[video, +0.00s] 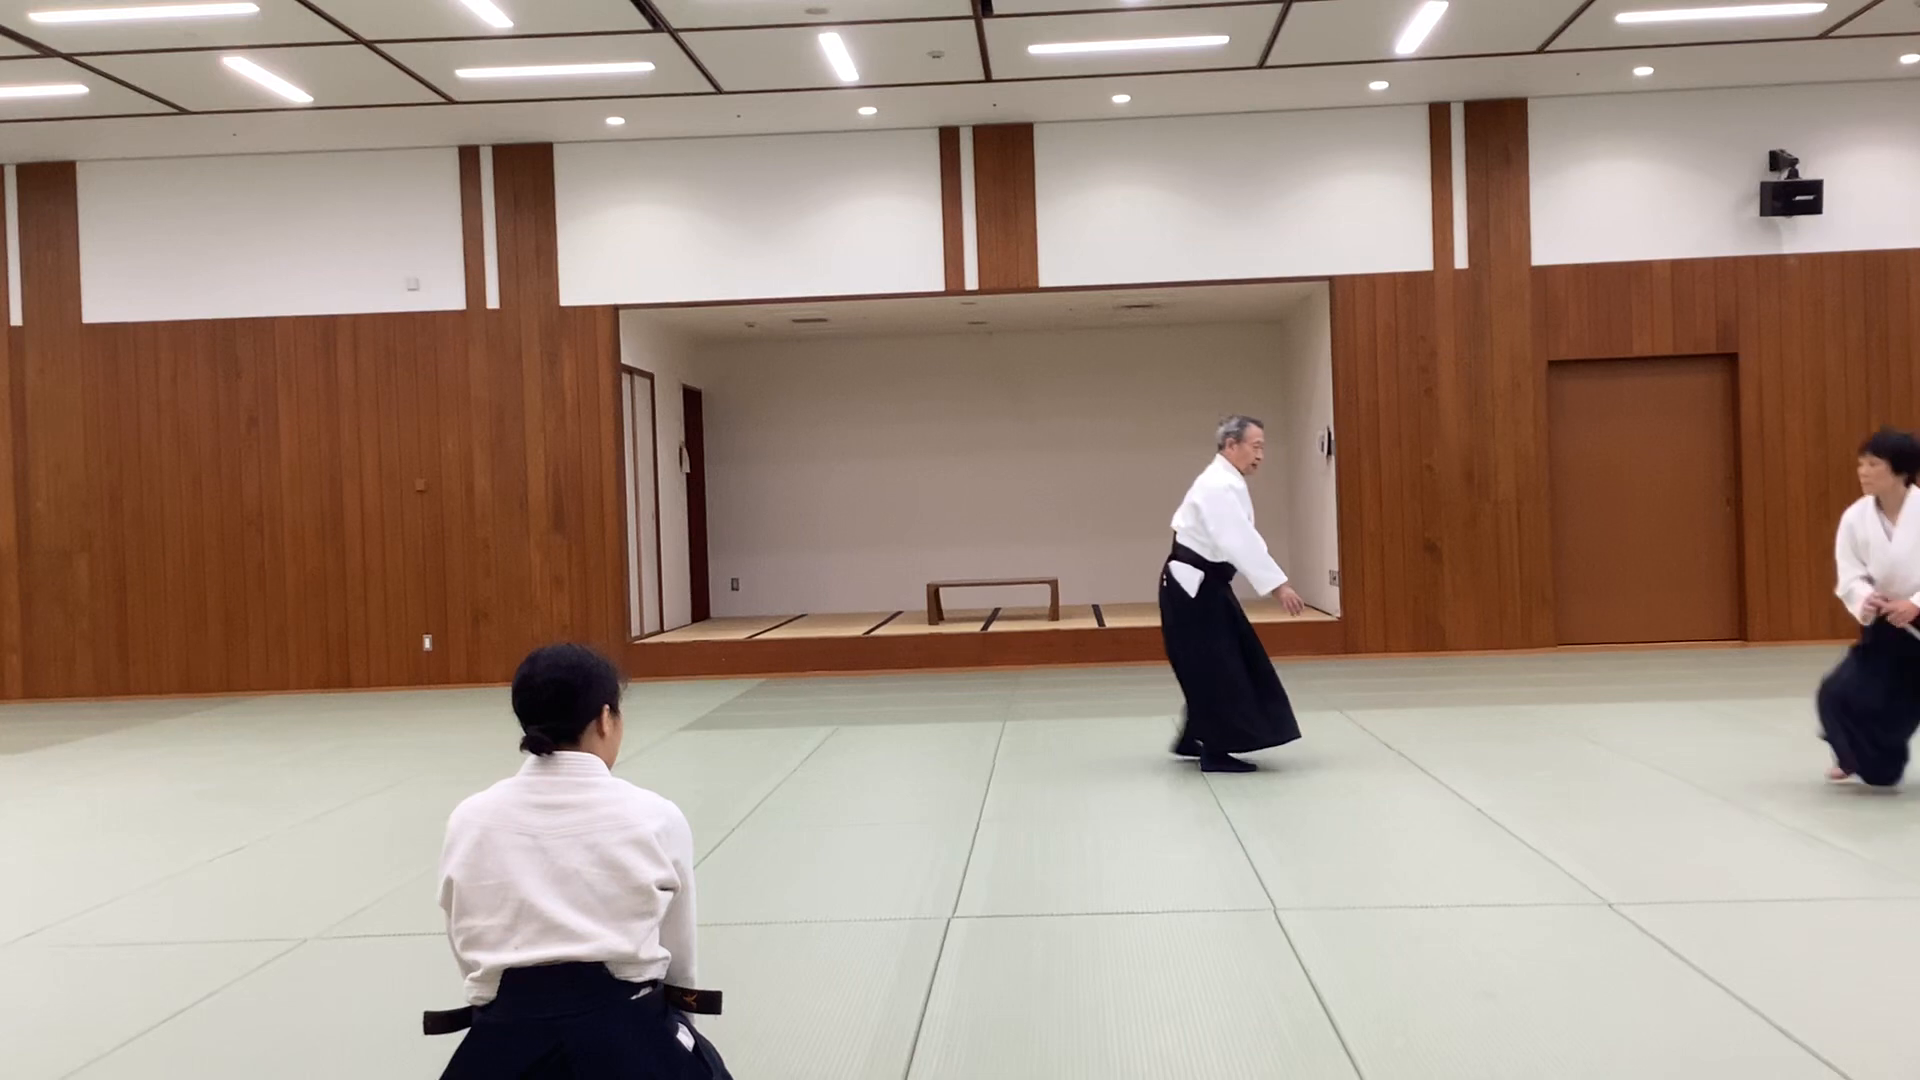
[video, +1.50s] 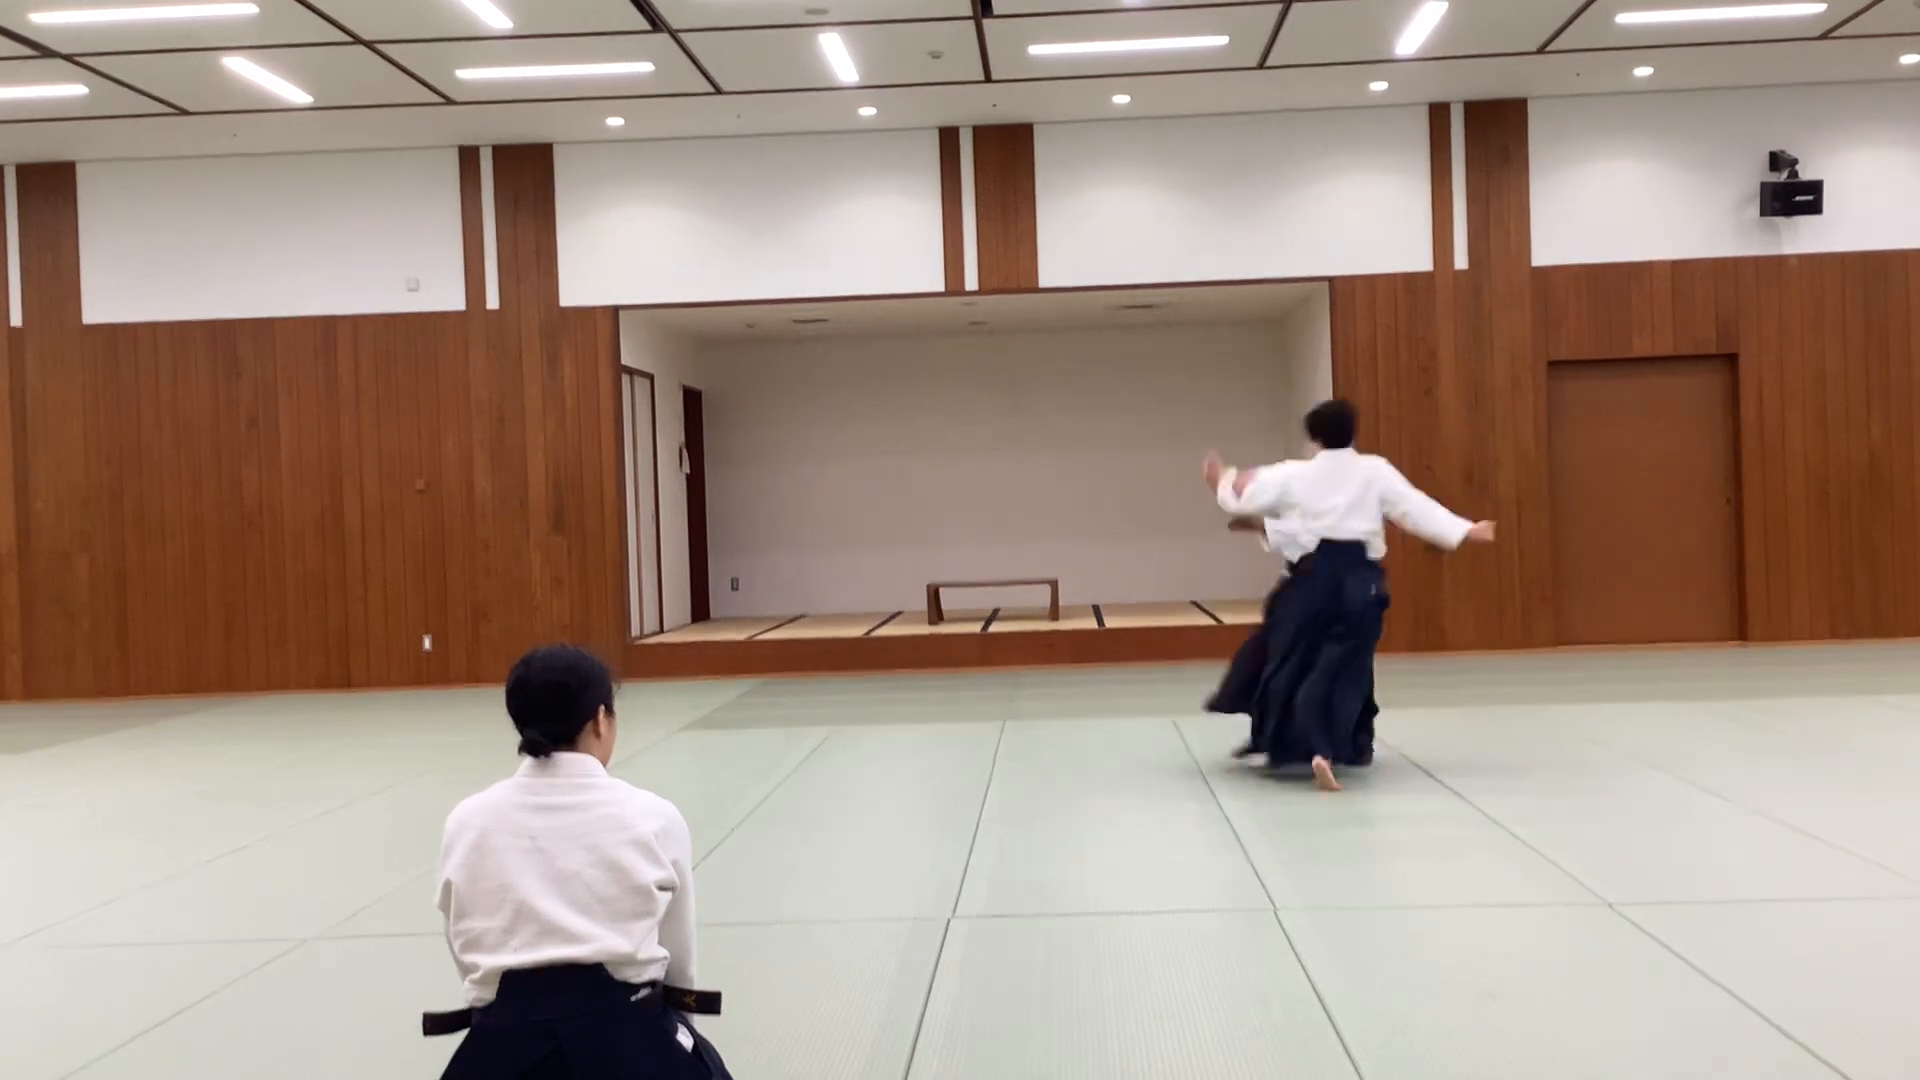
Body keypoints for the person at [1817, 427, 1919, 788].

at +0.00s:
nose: (1862, 471)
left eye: (1872, 464)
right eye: (1860, 463)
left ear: (1899, 470)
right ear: (1857, 468)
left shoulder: (1919, 510)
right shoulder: (1855, 517)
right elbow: (1848, 576)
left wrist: (1916, 604)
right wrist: (1865, 599)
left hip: (1917, 631)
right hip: (1882, 630)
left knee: (1899, 705)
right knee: (1836, 691)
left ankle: (1879, 763)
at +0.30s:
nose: (1779, 421)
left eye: (1789, 415)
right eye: (1781, 413)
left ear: (1816, 424)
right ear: (1792, 423)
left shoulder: (1852, 468)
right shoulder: (1773, 469)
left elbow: (1881, 527)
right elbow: (1758, 526)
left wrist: (1888, 586)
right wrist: (1760, 575)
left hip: (1852, 583)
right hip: (1803, 583)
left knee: (1873, 668)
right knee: (1787, 668)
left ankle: (1911, 749)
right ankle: (1817, 755)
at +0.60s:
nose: (1658, 445)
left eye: (1668, 440)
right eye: (1661, 438)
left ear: (1693, 450)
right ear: (1678, 450)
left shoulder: (1722, 490)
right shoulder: (1662, 493)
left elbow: (1745, 549)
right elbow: (1667, 554)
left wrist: (1747, 609)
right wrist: (1652, 597)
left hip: (1733, 607)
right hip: (1691, 609)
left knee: (1800, 680)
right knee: (1629, 670)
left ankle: (1881, 761)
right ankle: (1623, 766)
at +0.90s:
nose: (1509, 455)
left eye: (1516, 449)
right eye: (1511, 447)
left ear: (1537, 457)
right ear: (1549, 457)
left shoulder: (1543, 498)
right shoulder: (1568, 488)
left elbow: (1480, 523)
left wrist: (1441, 487)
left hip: (1565, 607)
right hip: (1590, 598)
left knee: (1496, 672)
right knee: (1578, 683)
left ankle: (1499, 760)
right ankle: (1612, 765)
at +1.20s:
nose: (1383, 442)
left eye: (1385, 438)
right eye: (1386, 437)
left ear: (1390, 443)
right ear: (1431, 442)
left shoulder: (1374, 473)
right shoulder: (1450, 479)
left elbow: (1328, 457)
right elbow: (1499, 509)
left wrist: (1301, 422)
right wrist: (1549, 511)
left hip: (1392, 586)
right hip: (1438, 587)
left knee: (1365, 667)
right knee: (1455, 665)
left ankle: (1348, 764)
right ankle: (1445, 734)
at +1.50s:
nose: (1311, 442)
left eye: (1311, 436)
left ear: (1314, 437)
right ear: (1352, 434)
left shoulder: (1294, 474)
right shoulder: (1375, 470)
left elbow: (1243, 499)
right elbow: (1414, 507)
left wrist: (1221, 482)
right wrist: (1464, 528)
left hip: (1311, 578)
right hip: (1362, 578)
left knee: (1294, 658)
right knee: (1345, 664)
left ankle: (1285, 744)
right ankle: (1324, 751)